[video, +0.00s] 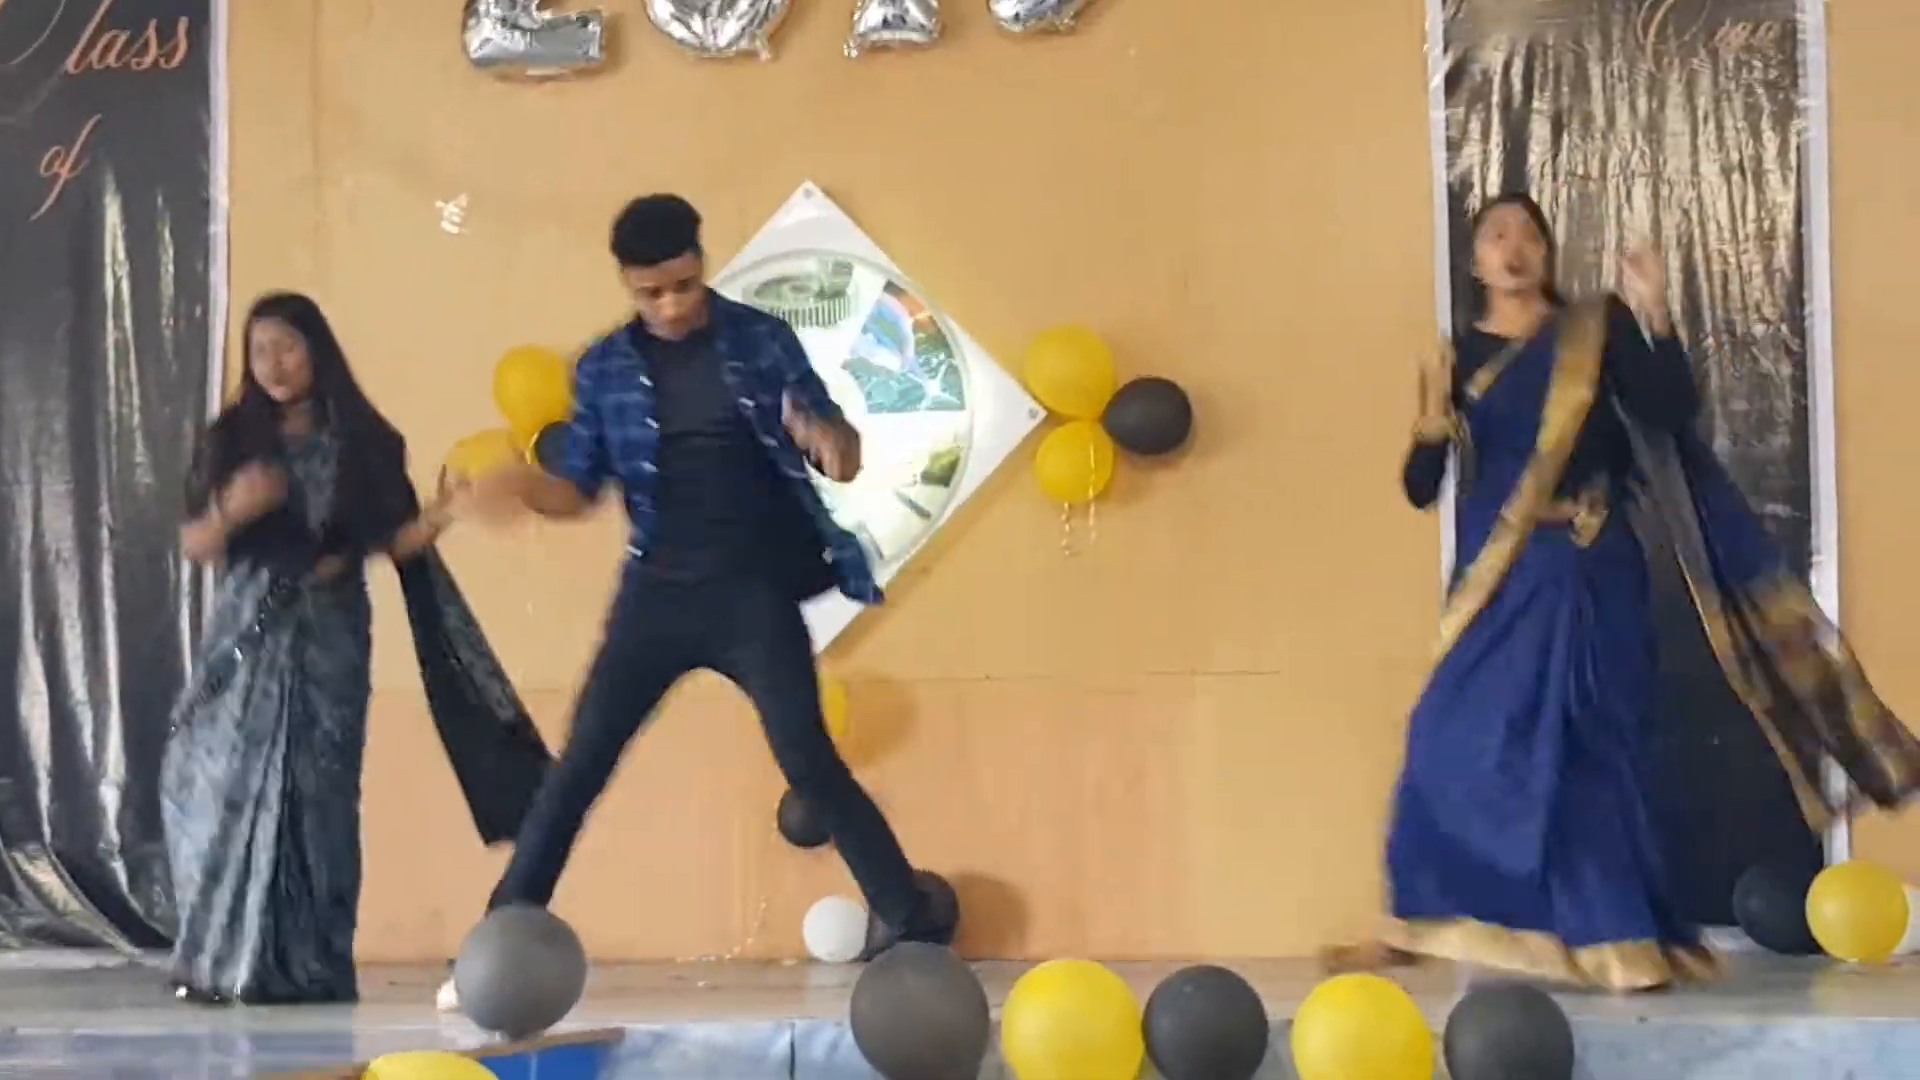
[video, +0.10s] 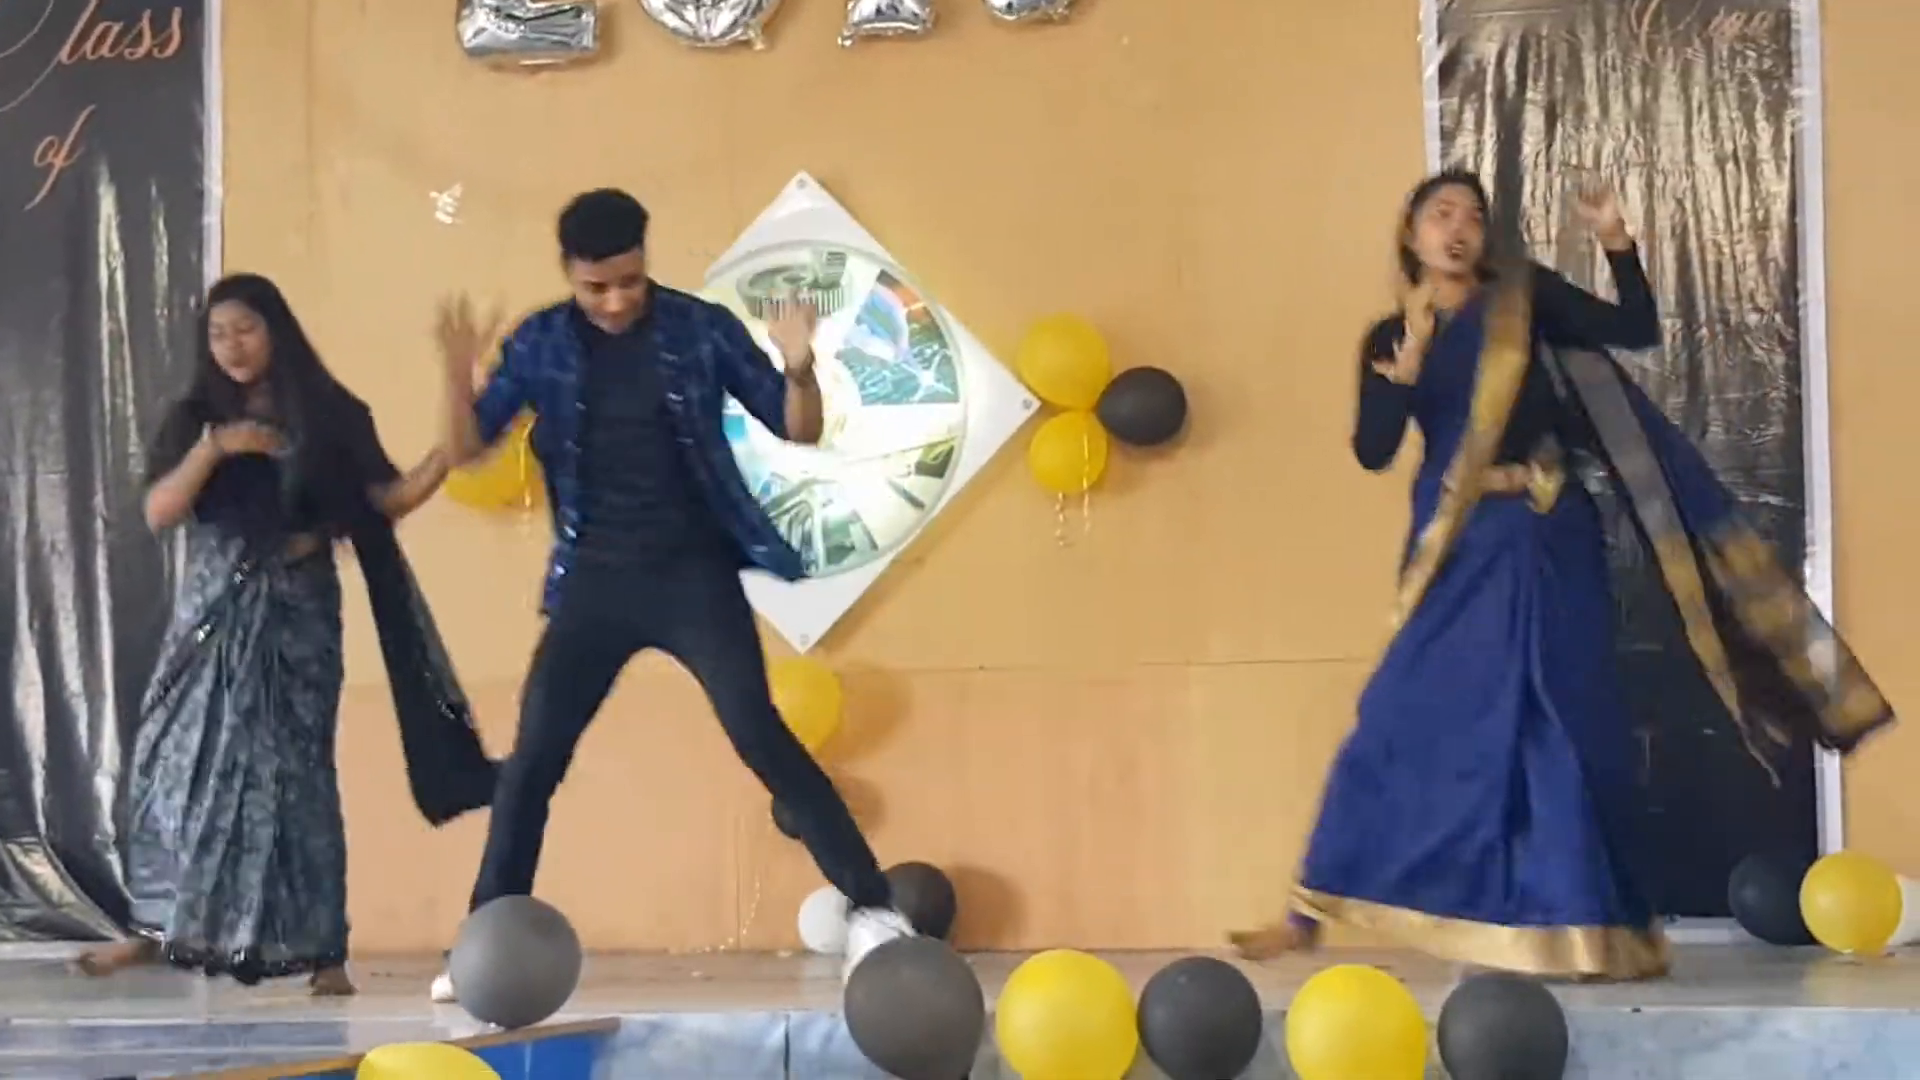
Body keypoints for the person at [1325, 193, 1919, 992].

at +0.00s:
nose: (1513, 248)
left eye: (1527, 234)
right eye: (1497, 236)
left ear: (1549, 250)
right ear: (1473, 256)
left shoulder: (1598, 326)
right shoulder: (1458, 357)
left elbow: (1673, 414)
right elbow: (1418, 489)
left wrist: (1656, 317)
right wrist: (1431, 433)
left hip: (1592, 556)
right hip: (1501, 564)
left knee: (1591, 734)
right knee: (1456, 723)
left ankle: (1617, 933)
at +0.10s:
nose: (1459, 228)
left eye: (1471, 216)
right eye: (1443, 213)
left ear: (1488, 235)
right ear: (1411, 234)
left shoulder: (1524, 297)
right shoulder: (1392, 334)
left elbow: (1637, 329)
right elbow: (1372, 450)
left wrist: (1617, 245)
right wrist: (1405, 363)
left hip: (1549, 523)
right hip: (1458, 532)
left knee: (1560, 714)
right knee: (1398, 708)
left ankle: (1584, 925)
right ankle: (1308, 911)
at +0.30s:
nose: (1346, 260)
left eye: (1361, 250)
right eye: (1333, 243)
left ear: (1372, 262)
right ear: (1301, 246)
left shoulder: (1389, 335)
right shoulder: (1263, 338)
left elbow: (1509, 359)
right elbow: (1284, 434)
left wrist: (1560, 273)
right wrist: (1350, 387)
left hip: (1441, 540)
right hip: (1345, 550)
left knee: (1487, 714)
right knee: (1307, 726)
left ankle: (1611, 915)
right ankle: (1245, 931)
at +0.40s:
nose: (1308, 262)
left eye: (1325, 253)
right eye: (1296, 242)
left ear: (1340, 268)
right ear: (1267, 245)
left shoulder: (1355, 337)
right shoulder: (1227, 327)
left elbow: (1475, 365)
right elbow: (1236, 411)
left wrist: (1518, 276)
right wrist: (1330, 342)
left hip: (1387, 539)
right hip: (1295, 547)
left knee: (1424, 717)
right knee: (1283, 724)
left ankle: (1559, 894)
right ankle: (1245, 919)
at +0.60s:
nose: (1274, 223)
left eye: (1291, 211)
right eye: (1262, 208)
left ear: (1316, 223)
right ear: (1241, 214)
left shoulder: (1347, 293)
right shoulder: (1211, 288)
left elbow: (1438, 368)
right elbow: (1139, 385)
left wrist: (1438, 284)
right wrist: (1237, 324)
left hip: (1345, 513)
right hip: (1250, 514)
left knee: (1349, 692)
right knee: (1255, 691)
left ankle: (1352, 896)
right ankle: (1251, 893)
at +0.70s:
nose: (1272, 238)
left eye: (1291, 226)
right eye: (1261, 221)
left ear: (1318, 238)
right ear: (1241, 224)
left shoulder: (1351, 308)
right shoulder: (1208, 306)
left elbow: (1380, 442)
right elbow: (1154, 412)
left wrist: (1384, 368)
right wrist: (1211, 354)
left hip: (1330, 514)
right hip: (1235, 513)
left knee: (1314, 697)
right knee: (1236, 696)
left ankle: (1325, 898)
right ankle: (1241, 895)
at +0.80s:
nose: (1287, 256)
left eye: (1305, 246)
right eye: (1277, 241)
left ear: (1333, 260)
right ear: (1258, 245)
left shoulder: (1353, 344)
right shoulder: (1224, 320)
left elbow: (1353, 470)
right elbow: (1154, 418)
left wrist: (1343, 409)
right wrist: (1183, 354)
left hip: (1325, 543)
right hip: (1236, 537)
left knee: (1313, 715)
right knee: (1234, 709)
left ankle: (1296, 903)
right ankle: (1223, 903)